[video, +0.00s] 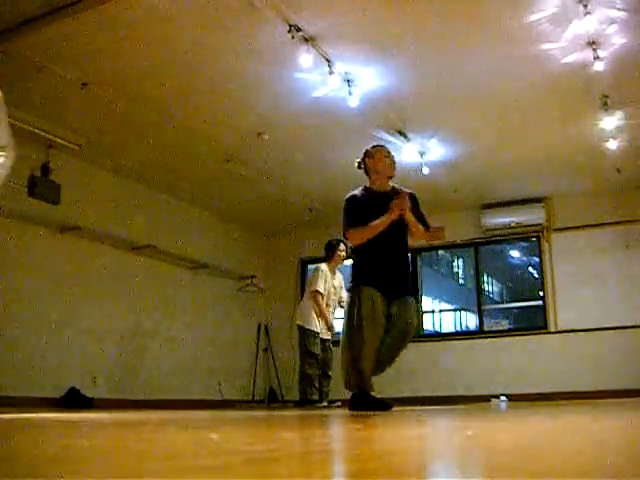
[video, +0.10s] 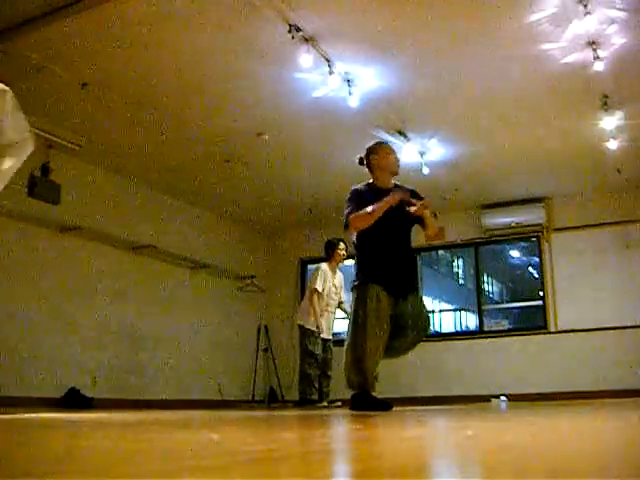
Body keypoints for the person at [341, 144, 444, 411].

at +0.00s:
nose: (388, 161)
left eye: (389, 157)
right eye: (381, 157)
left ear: (393, 165)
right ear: (367, 165)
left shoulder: (405, 197)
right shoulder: (356, 200)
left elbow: (424, 235)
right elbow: (352, 238)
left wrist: (408, 216)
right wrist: (389, 216)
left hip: (399, 275)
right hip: (368, 275)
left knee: (404, 327)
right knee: (367, 330)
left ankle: (363, 375)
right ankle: (361, 392)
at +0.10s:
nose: (397, 158)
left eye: (395, 153)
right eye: (390, 153)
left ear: (391, 162)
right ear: (374, 161)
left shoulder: (407, 194)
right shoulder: (359, 195)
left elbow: (433, 234)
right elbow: (354, 224)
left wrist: (426, 216)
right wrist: (390, 200)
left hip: (403, 273)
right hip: (373, 273)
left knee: (414, 329)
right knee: (370, 332)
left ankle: (364, 353)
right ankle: (362, 392)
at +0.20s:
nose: (403, 159)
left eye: (402, 153)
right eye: (397, 154)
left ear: (399, 158)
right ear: (382, 160)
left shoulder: (410, 192)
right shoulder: (371, 187)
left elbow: (429, 223)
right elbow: (379, 213)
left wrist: (438, 202)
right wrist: (402, 184)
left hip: (405, 267)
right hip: (376, 267)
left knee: (428, 318)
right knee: (373, 328)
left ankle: (391, 340)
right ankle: (362, 389)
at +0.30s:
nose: (413, 155)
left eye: (411, 150)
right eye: (408, 150)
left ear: (399, 155)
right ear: (394, 155)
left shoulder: (404, 188)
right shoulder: (385, 184)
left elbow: (425, 224)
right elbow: (413, 215)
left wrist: (439, 194)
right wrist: (424, 181)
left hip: (406, 269)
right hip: (382, 269)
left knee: (432, 320)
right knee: (377, 330)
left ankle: (412, 365)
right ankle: (363, 389)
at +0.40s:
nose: (421, 163)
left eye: (419, 158)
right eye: (415, 158)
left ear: (405, 164)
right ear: (402, 164)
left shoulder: (405, 193)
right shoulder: (401, 192)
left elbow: (428, 233)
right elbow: (428, 228)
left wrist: (433, 216)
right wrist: (437, 205)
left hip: (409, 281)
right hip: (388, 280)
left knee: (428, 333)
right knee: (377, 336)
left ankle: (429, 389)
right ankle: (363, 392)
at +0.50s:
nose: (431, 170)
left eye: (429, 164)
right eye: (427, 164)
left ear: (415, 168)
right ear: (416, 168)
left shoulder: (410, 201)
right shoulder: (410, 200)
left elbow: (422, 235)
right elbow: (426, 235)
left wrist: (439, 226)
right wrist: (445, 225)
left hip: (413, 286)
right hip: (403, 284)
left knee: (437, 347)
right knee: (406, 323)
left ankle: (429, 394)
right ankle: (366, 381)